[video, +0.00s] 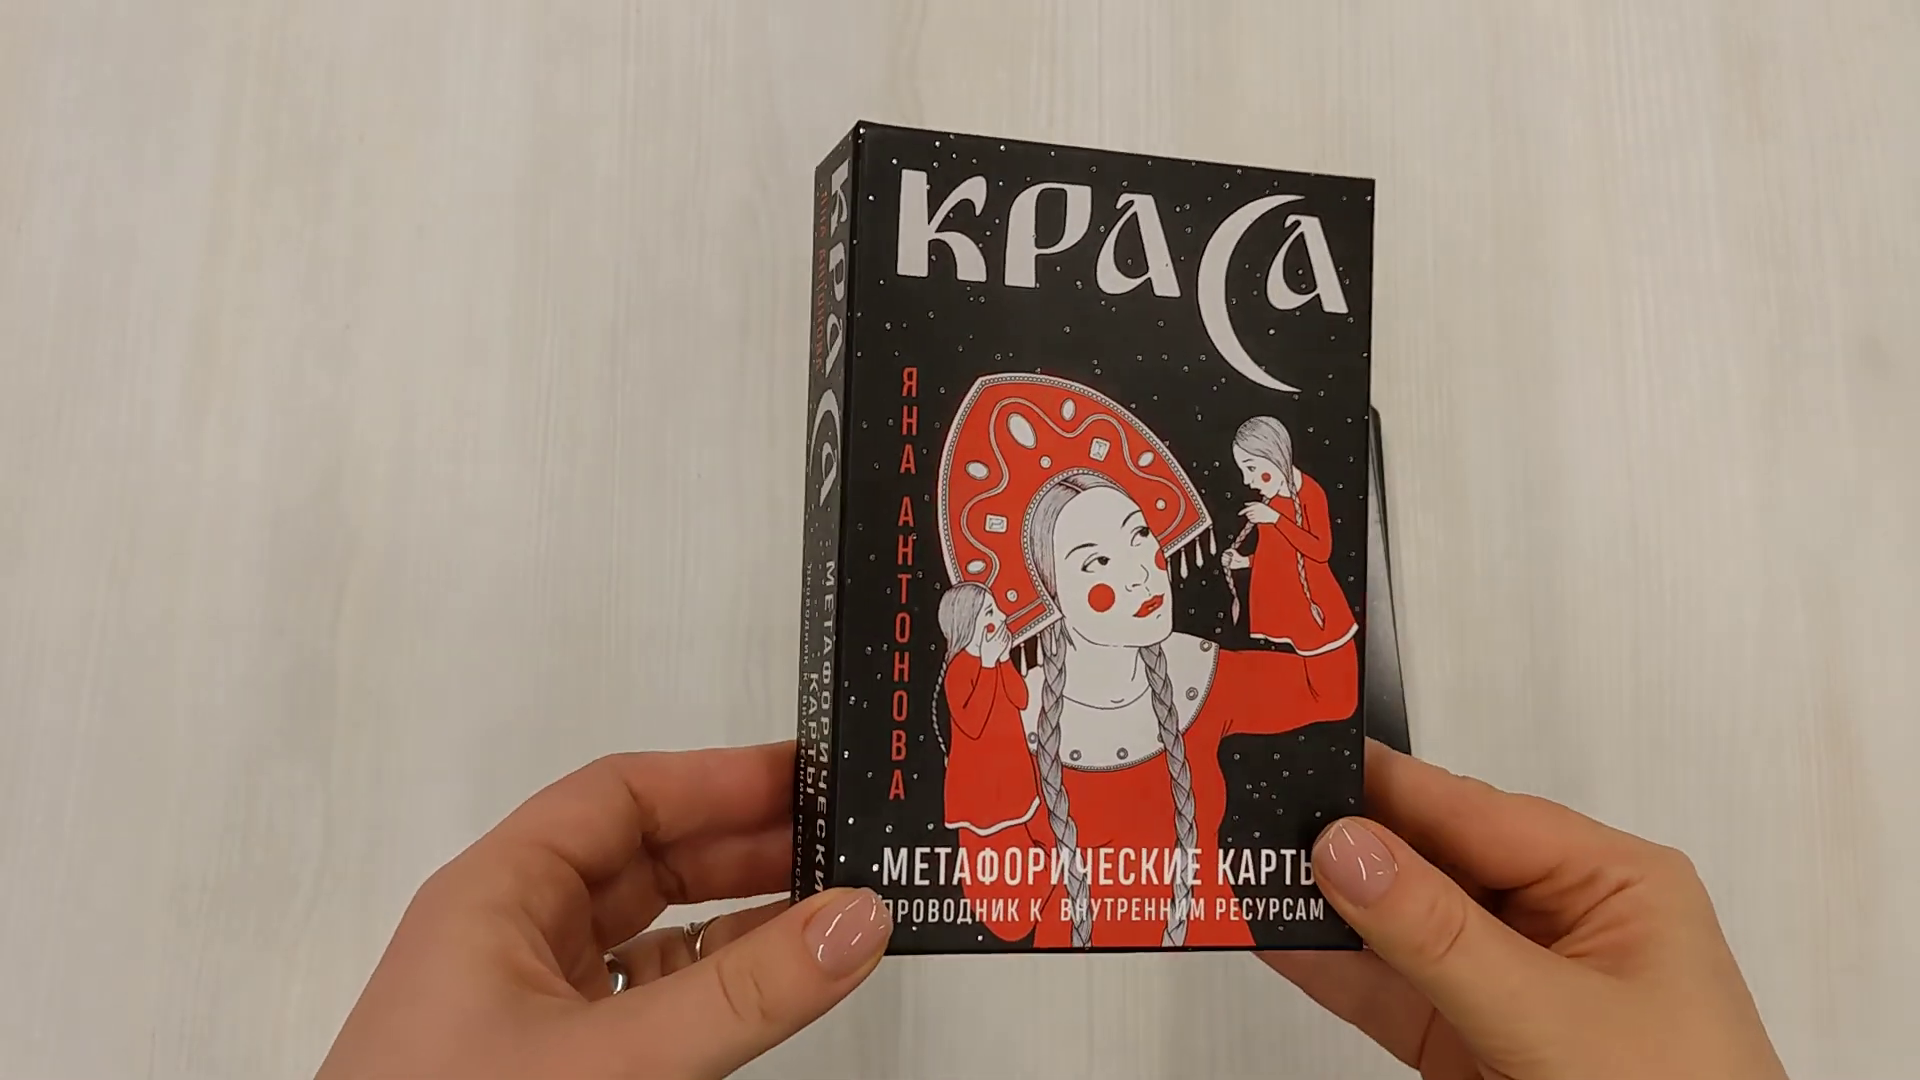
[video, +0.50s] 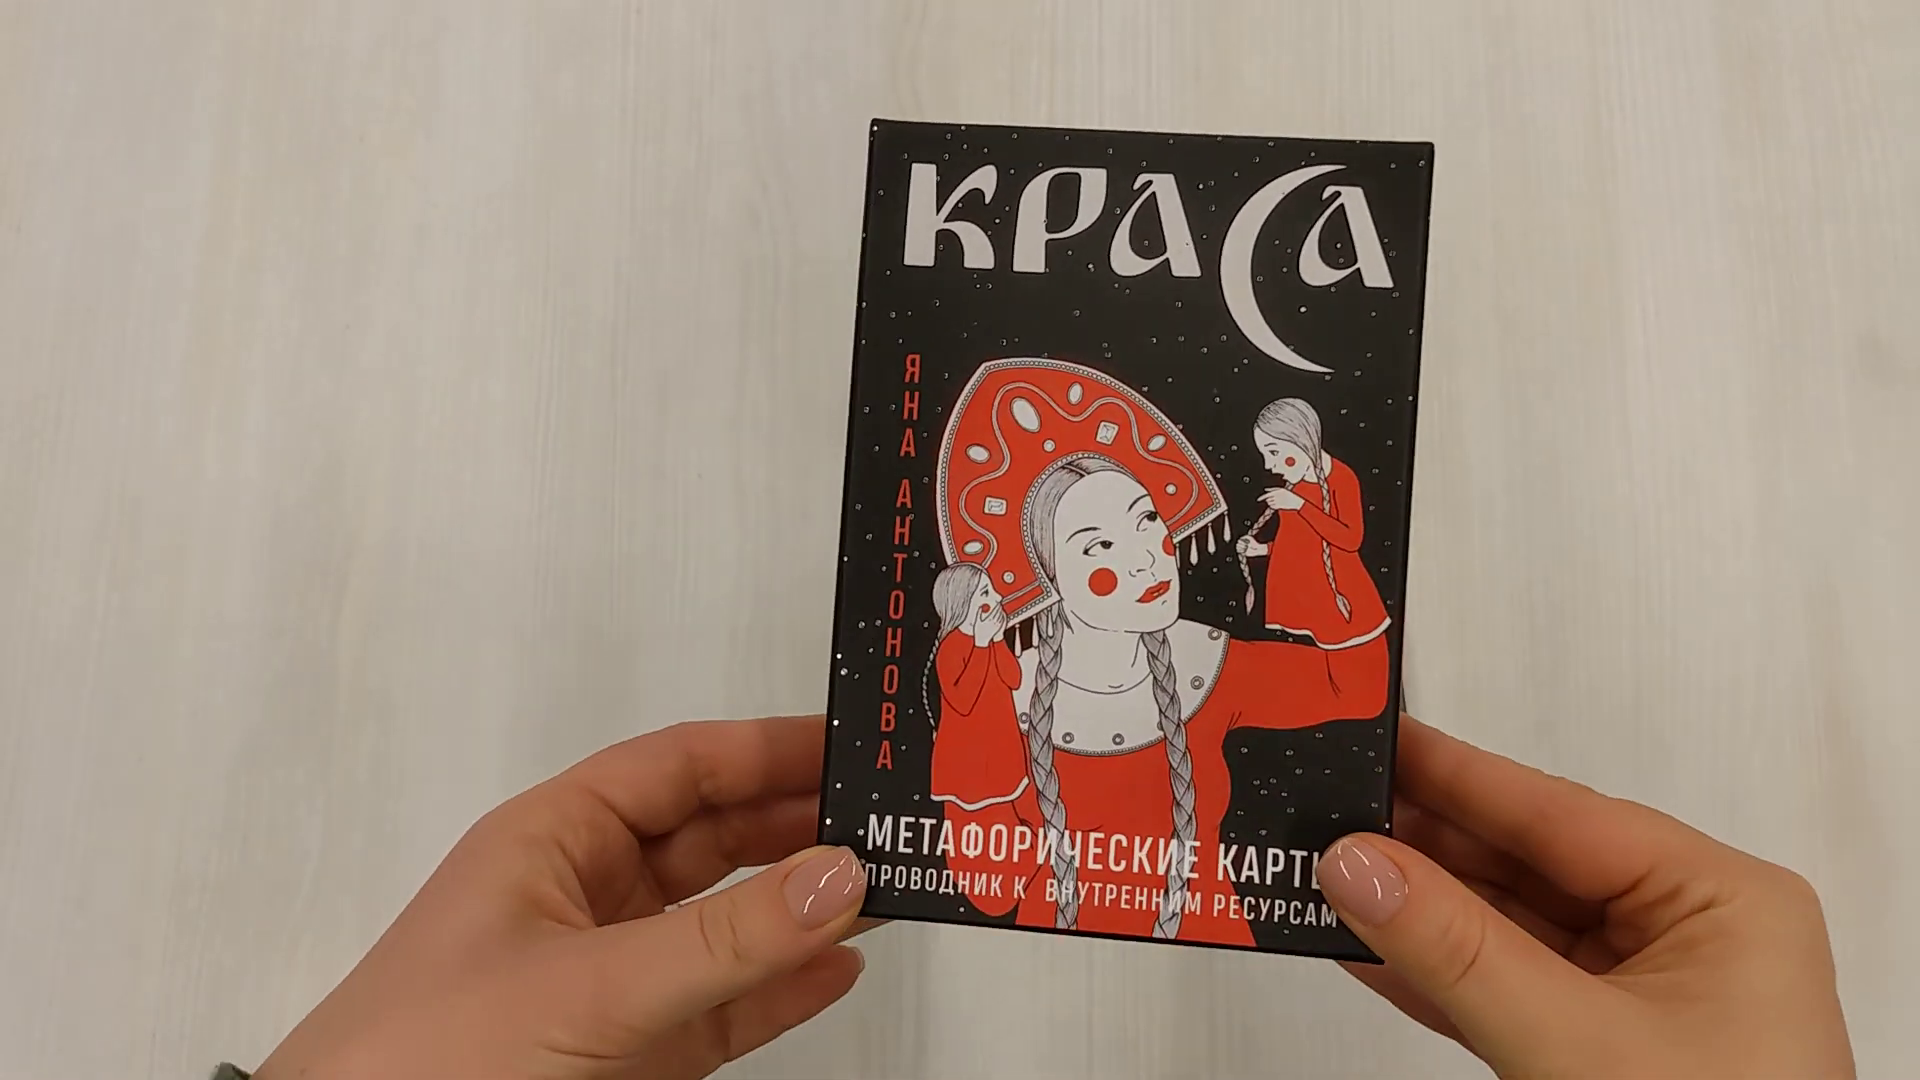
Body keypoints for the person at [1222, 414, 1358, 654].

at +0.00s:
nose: (1247, 480)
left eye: (1251, 467)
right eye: (1243, 471)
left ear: (1275, 456)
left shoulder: (1310, 493)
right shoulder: (1273, 495)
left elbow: (1321, 551)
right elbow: (1279, 552)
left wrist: (1276, 518)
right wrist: (1245, 561)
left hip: (1323, 621)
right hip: (1298, 623)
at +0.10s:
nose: (1251, 479)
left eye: (1256, 466)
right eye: (1247, 469)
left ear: (1281, 455)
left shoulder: (1317, 491)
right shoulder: (1277, 493)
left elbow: (1328, 549)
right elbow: (1283, 551)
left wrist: (1281, 517)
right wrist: (1248, 561)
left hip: (1328, 623)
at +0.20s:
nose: (1250, 477)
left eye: (1255, 463)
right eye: (1246, 467)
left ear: (1282, 452)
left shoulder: (1319, 489)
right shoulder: (1277, 492)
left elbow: (1329, 548)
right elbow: (1281, 549)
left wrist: (1280, 515)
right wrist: (1246, 560)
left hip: (1331, 625)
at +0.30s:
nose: (1249, 474)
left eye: (1254, 460)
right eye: (1245, 463)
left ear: (1281, 449)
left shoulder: (1319, 486)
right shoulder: (1277, 490)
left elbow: (1330, 545)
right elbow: (1282, 548)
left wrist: (1280, 512)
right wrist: (1245, 556)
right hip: (1304, 627)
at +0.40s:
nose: (1258, 470)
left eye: (1263, 456)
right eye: (1254, 460)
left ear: (1291, 445)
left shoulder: (1330, 483)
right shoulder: (1286, 487)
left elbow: (1340, 542)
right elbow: (1291, 546)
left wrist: (1289, 508)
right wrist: (1253, 553)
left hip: (1343, 623)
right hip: (1313, 624)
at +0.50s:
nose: (1269, 465)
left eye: (1274, 451)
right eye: (1264, 455)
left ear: (1301, 440)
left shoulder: (1342, 479)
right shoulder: (1297, 483)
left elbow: (1352, 539)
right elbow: (1301, 543)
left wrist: (1300, 504)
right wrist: (1262, 549)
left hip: (1354, 621)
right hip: (1322, 622)